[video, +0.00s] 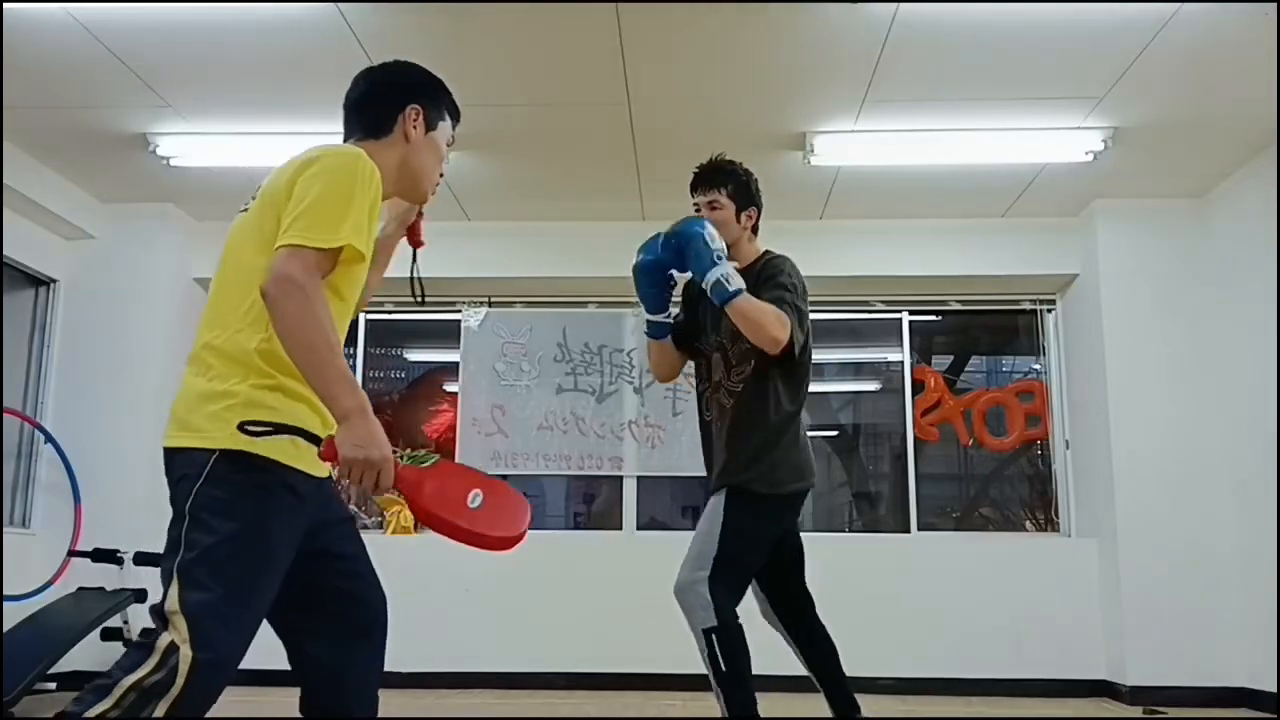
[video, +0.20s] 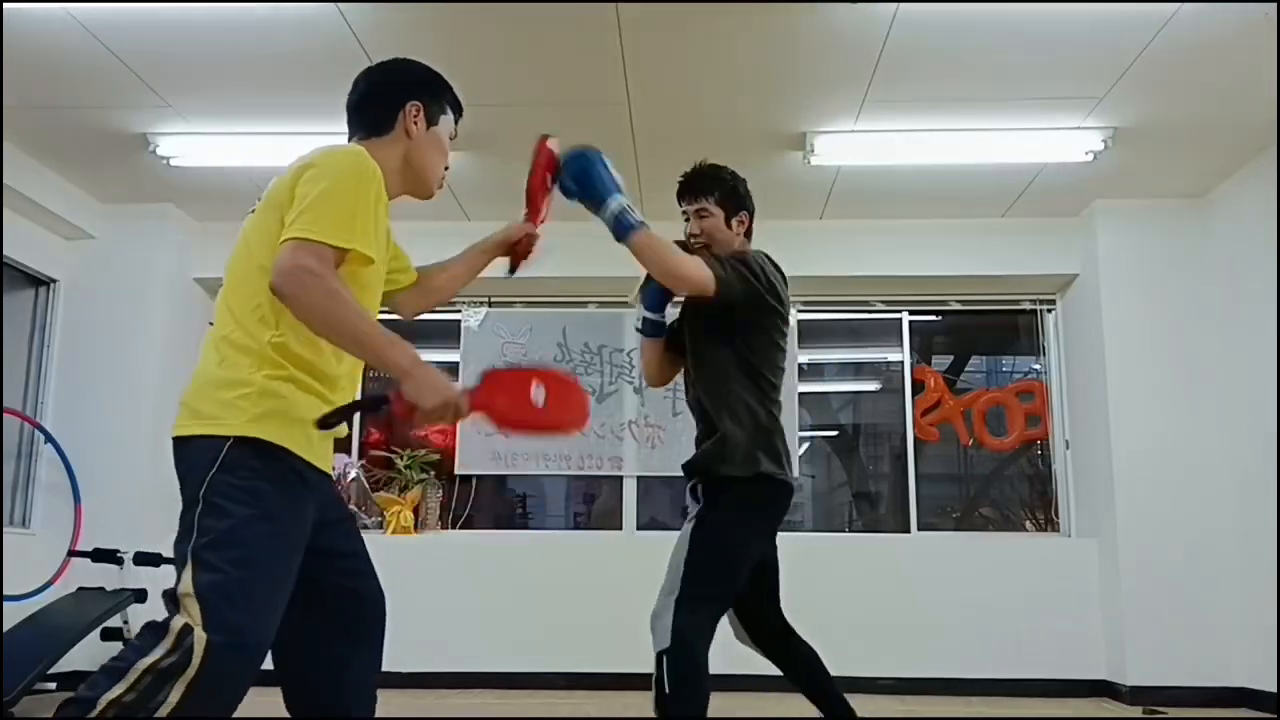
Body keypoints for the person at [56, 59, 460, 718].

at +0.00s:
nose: (443, 169)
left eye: (447, 153)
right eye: (443, 146)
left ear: (395, 125)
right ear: (412, 122)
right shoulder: (345, 165)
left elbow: (338, 309)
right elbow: (290, 281)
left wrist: (393, 232)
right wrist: (355, 414)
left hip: (292, 454)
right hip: (243, 443)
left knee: (350, 629)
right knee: (189, 656)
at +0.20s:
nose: (451, 160)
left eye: (454, 144)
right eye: (449, 137)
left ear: (399, 123)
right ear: (412, 120)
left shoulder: (365, 211)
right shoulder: (347, 169)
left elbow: (412, 295)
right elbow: (298, 272)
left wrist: (494, 247)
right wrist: (412, 369)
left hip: (291, 452)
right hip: (247, 436)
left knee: (345, 624)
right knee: (215, 644)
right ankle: (89, 712)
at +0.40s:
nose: (449, 129)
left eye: (450, 114)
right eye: (440, 108)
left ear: (384, 103)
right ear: (391, 98)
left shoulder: (389, 198)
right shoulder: (297, 161)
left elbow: (473, 244)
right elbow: (334, 280)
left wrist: (568, 248)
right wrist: (425, 186)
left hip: (311, 454)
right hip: (236, 434)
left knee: (364, 620)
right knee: (221, 632)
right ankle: (115, 710)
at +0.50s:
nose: (426, 125)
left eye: (427, 109)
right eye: (419, 107)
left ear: (365, 107)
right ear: (380, 103)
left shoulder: (366, 202)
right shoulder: (296, 171)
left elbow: (416, 288)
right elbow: (380, 279)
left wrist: (495, 323)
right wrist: (412, 156)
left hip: (322, 461)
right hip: (249, 448)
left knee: (385, 613)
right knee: (236, 638)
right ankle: (122, 709)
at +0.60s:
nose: (411, 129)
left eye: (412, 111)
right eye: (405, 108)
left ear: (342, 102)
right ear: (368, 99)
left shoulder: (305, 174)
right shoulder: (320, 159)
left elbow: (307, 322)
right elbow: (423, 266)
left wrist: (386, 388)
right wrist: (440, 150)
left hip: (307, 444)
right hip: (281, 439)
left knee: (379, 611)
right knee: (254, 644)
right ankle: (123, 715)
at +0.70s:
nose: (366, 138)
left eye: (368, 127)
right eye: (363, 123)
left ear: (285, 119)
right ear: (332, 109)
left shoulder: (233, 199)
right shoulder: (339, 170)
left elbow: (262, 322)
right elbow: (475, 249)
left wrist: (377, 374)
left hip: (245, 451)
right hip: (297, 452)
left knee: (370, 621)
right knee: (249, 657)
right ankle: (121, 713)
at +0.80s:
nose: (329, 142)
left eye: (331, 130)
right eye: (326, 126)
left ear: (241, 123)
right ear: (295, 111)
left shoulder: (187, 198)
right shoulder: (301, 168)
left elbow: (257, 306)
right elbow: (389, 298)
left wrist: (370, 306)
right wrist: (462, 283)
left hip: (213, 455)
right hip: (284, 447)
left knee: (343, 611)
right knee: (245, 657)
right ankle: (116, 713)